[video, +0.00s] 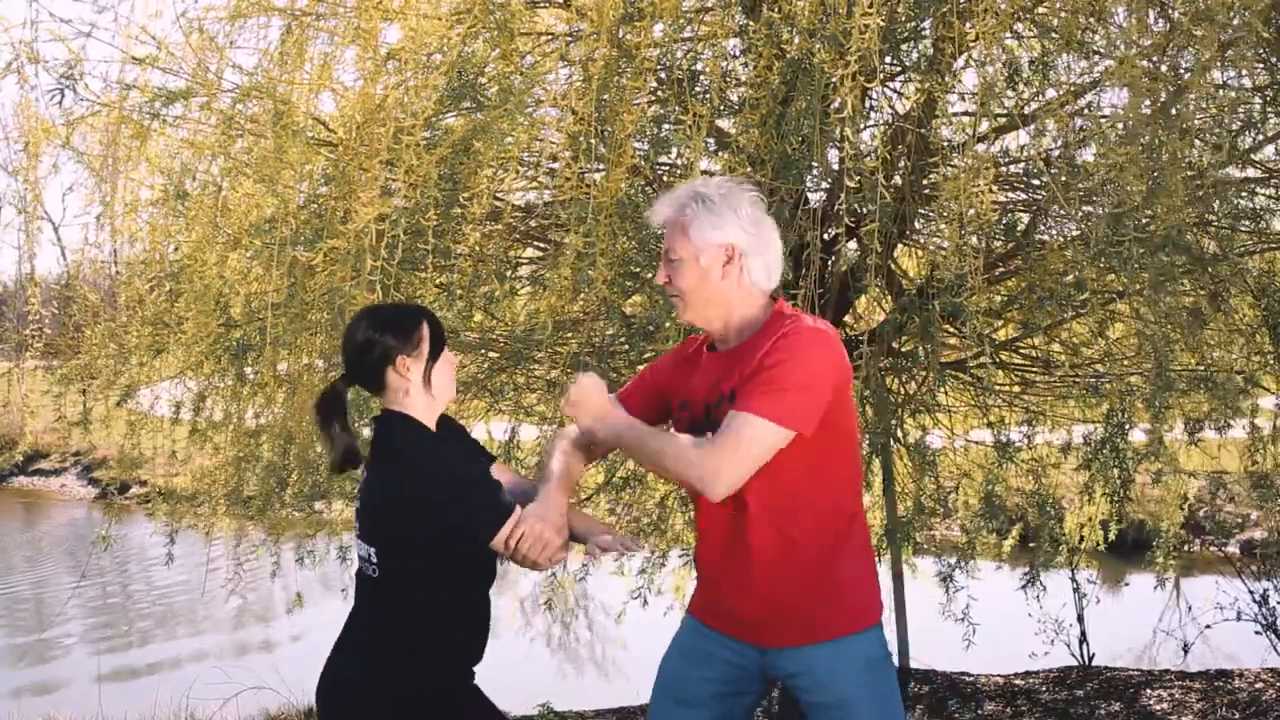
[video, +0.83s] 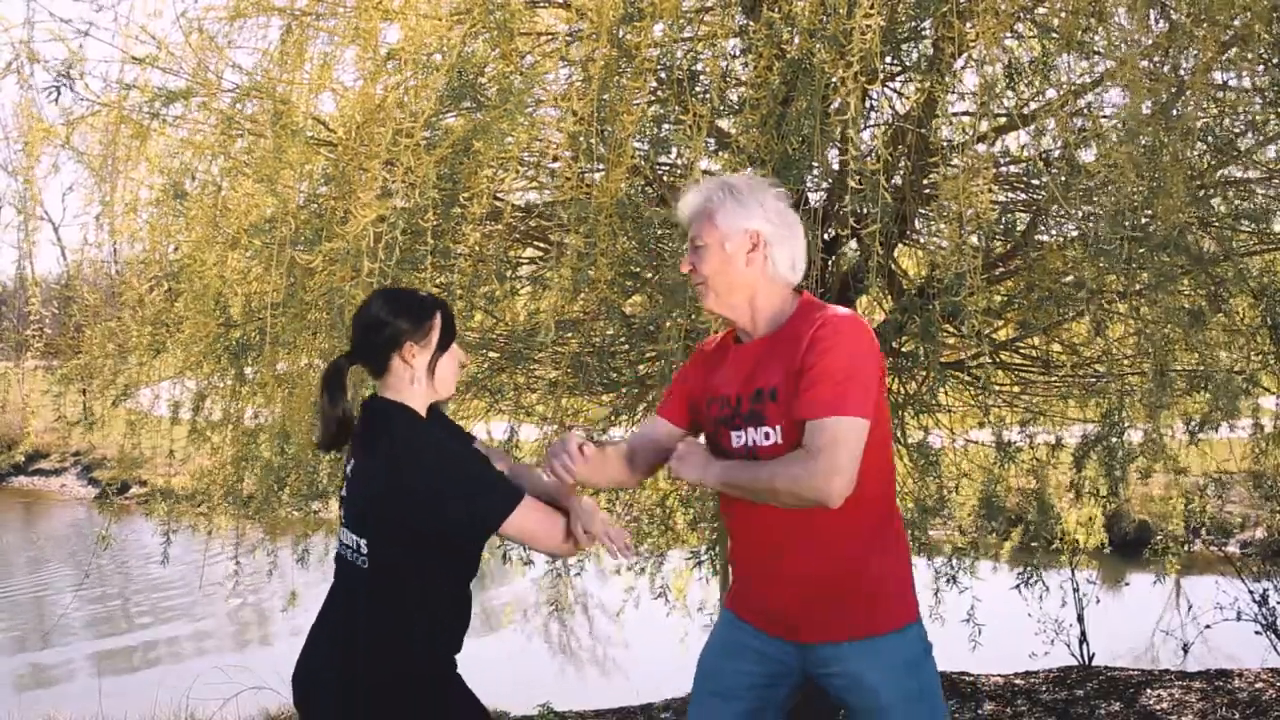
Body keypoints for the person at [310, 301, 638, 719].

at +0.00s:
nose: (454, 359)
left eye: (447, 346)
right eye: (443, 348)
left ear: (401, 368)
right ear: (407, 366)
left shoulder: (434, 429)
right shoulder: (427, 465)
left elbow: (515, 488)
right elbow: (539, 548)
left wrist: (588, 529)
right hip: (414, 695)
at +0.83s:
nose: (463, 357)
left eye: (457, 342)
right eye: (451, 343)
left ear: (406, 357)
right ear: (412, 355)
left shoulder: (377, 420)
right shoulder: (437, 452)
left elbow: (494, 462)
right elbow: (565, 538)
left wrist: (573, 501)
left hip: (330, 673)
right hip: (403, 689)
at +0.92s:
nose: (454, 355)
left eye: (449, 341)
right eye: (443, 343)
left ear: (396, 358)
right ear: (403, 356)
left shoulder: (358, 428)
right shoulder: (435, 458)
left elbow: (451, 470)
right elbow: (564, 534)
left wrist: (533, 475)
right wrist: (603, 519)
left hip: (320, 678)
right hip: (402, 689)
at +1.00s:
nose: (439, 359)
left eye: (434, 346)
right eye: (429, 347)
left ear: (380, 362)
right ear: (389, 362)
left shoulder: (336, 436)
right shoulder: (430, 459)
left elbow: (392, 470)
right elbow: (548, 529)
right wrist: (606, 503)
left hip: (307, 686)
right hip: (397, 693)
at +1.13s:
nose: (412, 375)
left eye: (410, 361)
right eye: (403, 361)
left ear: (348, 374)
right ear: (360, 376)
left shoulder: (299, 445)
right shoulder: (390, 468)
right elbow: (509, 531)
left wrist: (398, 454)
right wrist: (566, 441)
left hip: (275, 690)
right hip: (366, 695)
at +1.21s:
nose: (397, 369)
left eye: (393, 357)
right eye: (386, 359)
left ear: (336, 372)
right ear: (341, 371)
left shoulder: (280, 436)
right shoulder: (363, 462)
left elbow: (365, 535)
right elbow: (480, 531)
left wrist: (393, 444)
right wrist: (518, 431)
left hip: (258, 684)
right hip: (342, 690)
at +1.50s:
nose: (390, 357)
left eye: (384, 344)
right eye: (378, 345)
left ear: (324, 365)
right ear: (333, 362)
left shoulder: (283, 432)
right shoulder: (359, 452)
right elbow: (493, 493)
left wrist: (400, 437)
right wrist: (529, 398)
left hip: (267, 682)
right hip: (348, 689)